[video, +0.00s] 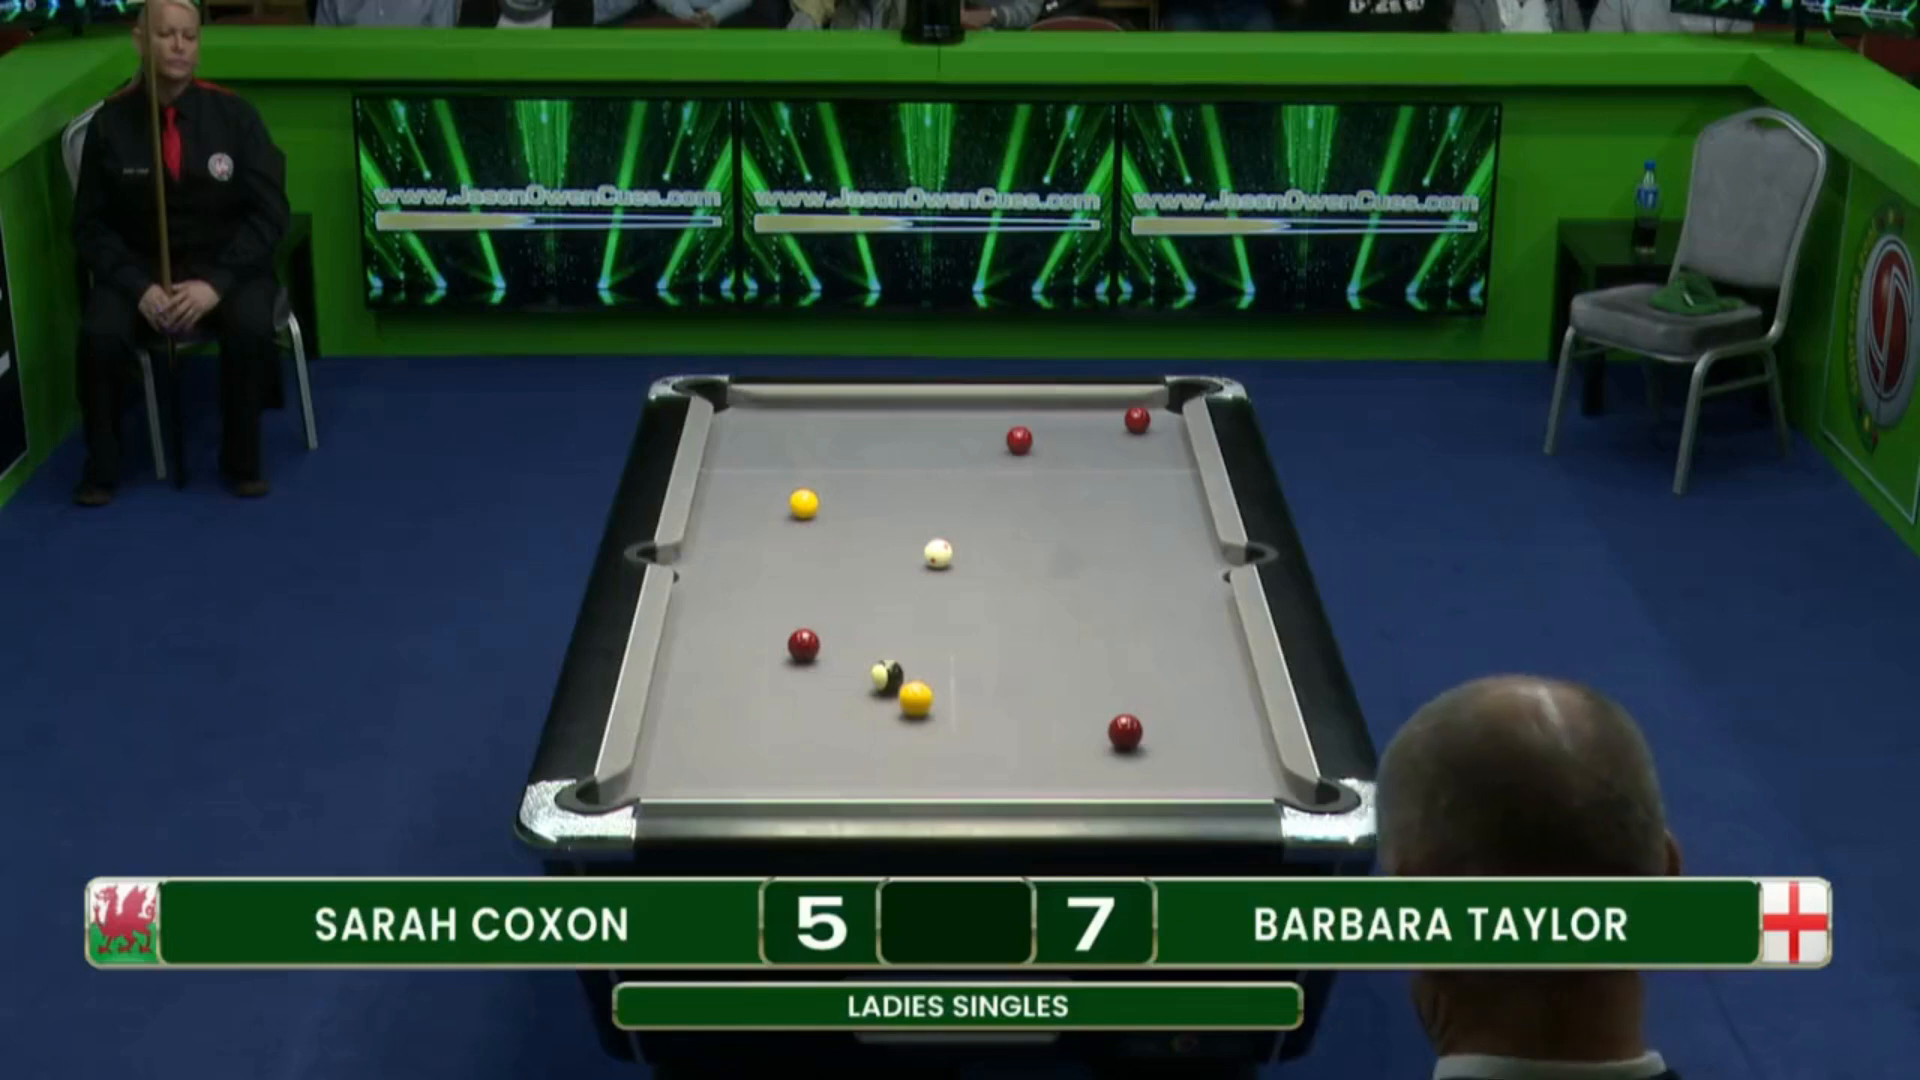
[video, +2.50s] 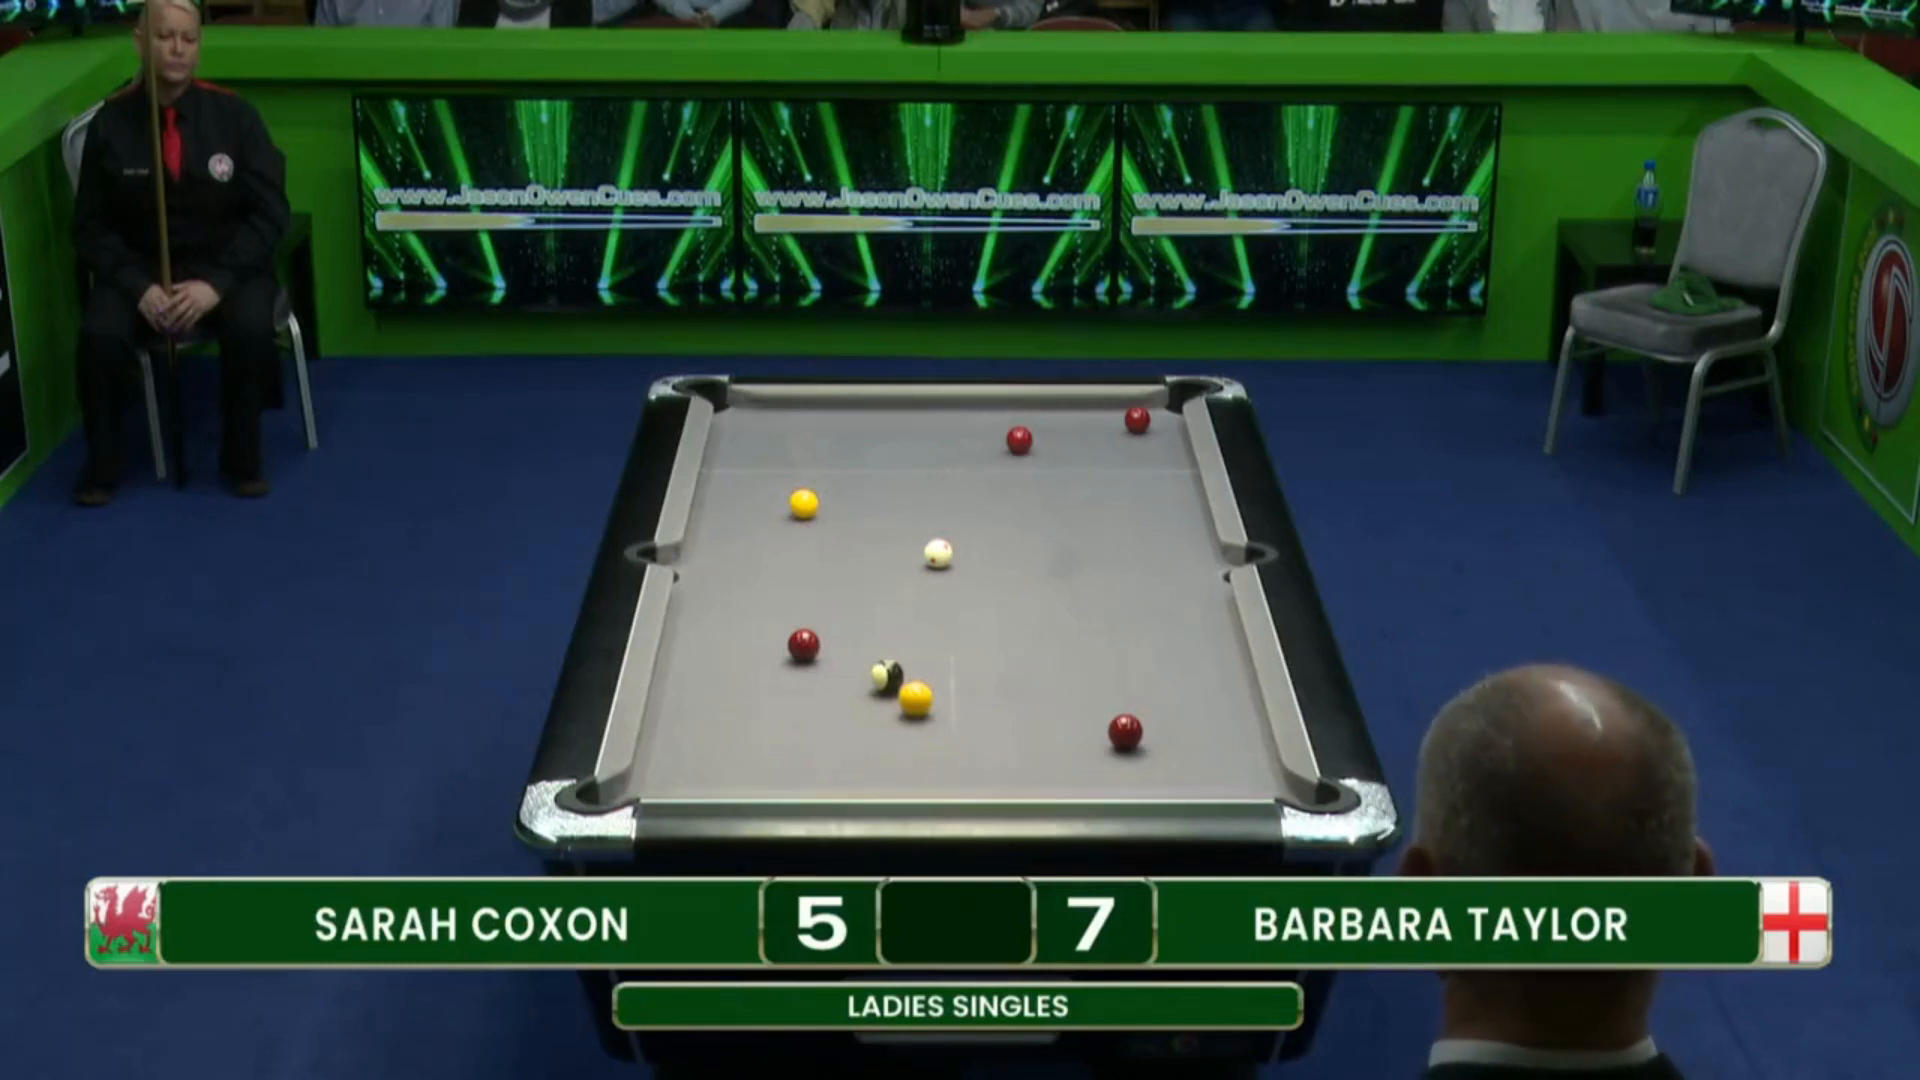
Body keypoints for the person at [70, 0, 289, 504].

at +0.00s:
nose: (180, 47)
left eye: (189, 36)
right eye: (166, 35)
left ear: (199, 43)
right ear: (141, 40)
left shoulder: (235, 115)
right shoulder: (111, 121)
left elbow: (269, 214)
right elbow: (90, 226)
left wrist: (213, 283)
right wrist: (140, 287)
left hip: (221, 268)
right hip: (138, 274)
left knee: (249, 327)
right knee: (102, 333)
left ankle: (243, 462)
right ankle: (101, 468)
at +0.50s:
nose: (180, 48)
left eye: (189, 37)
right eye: (166, 36)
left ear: (199, 44)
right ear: (141, 41)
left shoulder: (235, 115)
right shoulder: (111, 121)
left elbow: (269, 214)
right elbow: (90, 226)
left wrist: (213, 283)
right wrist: (140, 287)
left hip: (221, 267)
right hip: (138, 273)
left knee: (249, 327)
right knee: (102, 334)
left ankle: (243, 462)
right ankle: (102, 468)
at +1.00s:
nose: (180, 47)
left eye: (189, 37)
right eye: (166, 36)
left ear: (199, 44)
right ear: (141, 41)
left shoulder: (235, 115)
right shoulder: (111, 121)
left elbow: (269, 214)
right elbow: (90, 226)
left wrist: (213, 283)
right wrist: (140, 287)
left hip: (221, 268)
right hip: (138, 274)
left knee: (249, 327)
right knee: (102, 333)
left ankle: (243, 462)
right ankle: (101, 468)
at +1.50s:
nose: (180, 48)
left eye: (189, 37)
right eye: (166, 36)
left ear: (199, 44)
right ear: (141, 41)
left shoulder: (235, 115)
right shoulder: (111, 121)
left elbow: (269, 214)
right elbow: (90, 226)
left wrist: (213, 283)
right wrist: (140, 287)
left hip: (221, 267)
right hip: (138, 274)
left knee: (248, 327)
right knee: (102, 333)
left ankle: (243, 462)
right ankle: (101, 468)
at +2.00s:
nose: (180, 48)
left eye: (189, 37)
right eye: (166, 36)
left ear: (199, 44)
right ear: (141, 41)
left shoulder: (234, 115)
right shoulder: (111, 122)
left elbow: (269, 214)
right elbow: (90, 226)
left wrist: (213, 283)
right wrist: (140, 287)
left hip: (221, 267)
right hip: (138, 274)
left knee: (249, 326)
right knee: (102, 333)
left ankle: (243, 462)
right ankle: (101, 468)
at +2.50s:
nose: (178, 49)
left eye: (188, 38)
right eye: (165, 37)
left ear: (199, 44)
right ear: (141, 41)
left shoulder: (235, 115)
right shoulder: (111, 122)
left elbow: (269, 214)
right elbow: (90, 226)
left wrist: (213, 283)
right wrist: (140, 287)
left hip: (221, 267)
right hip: (138, 274)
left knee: (249, 329)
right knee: (101, 335)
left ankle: (243, 461)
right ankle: (102, 467)